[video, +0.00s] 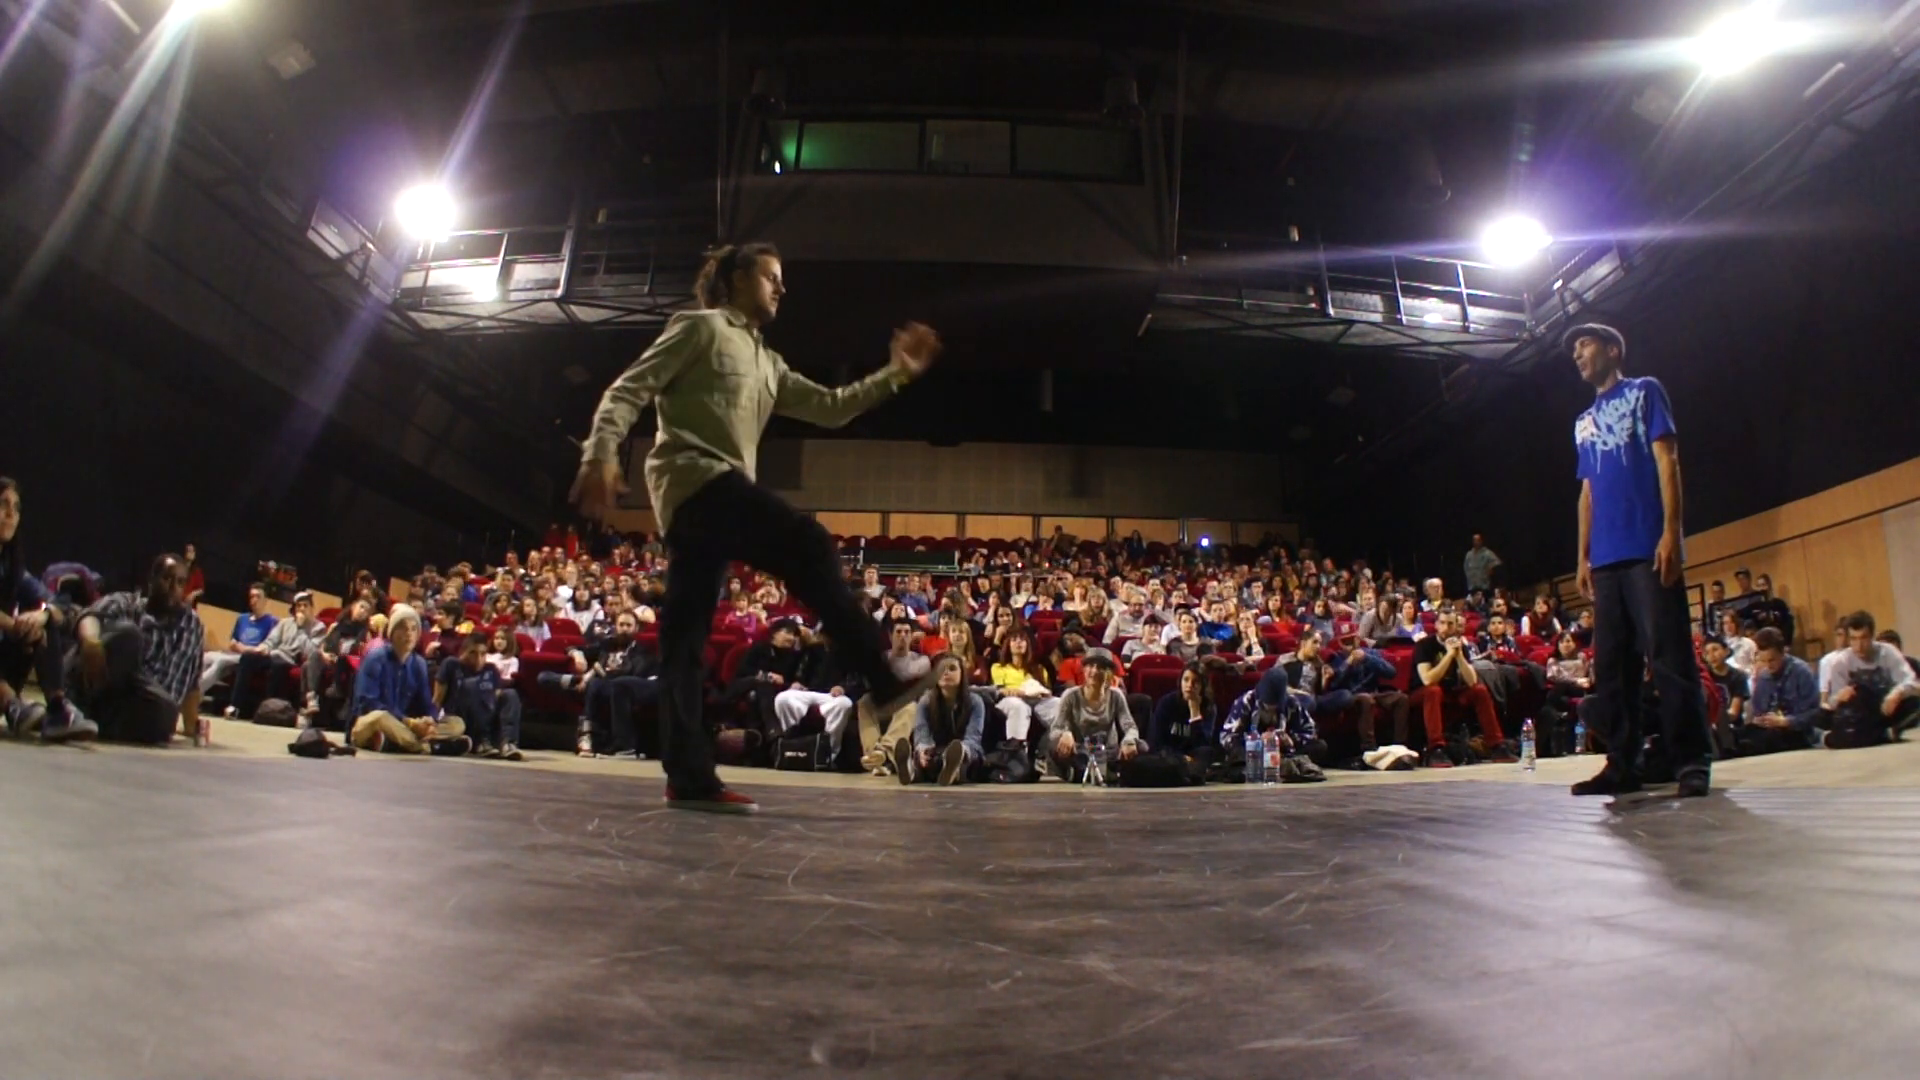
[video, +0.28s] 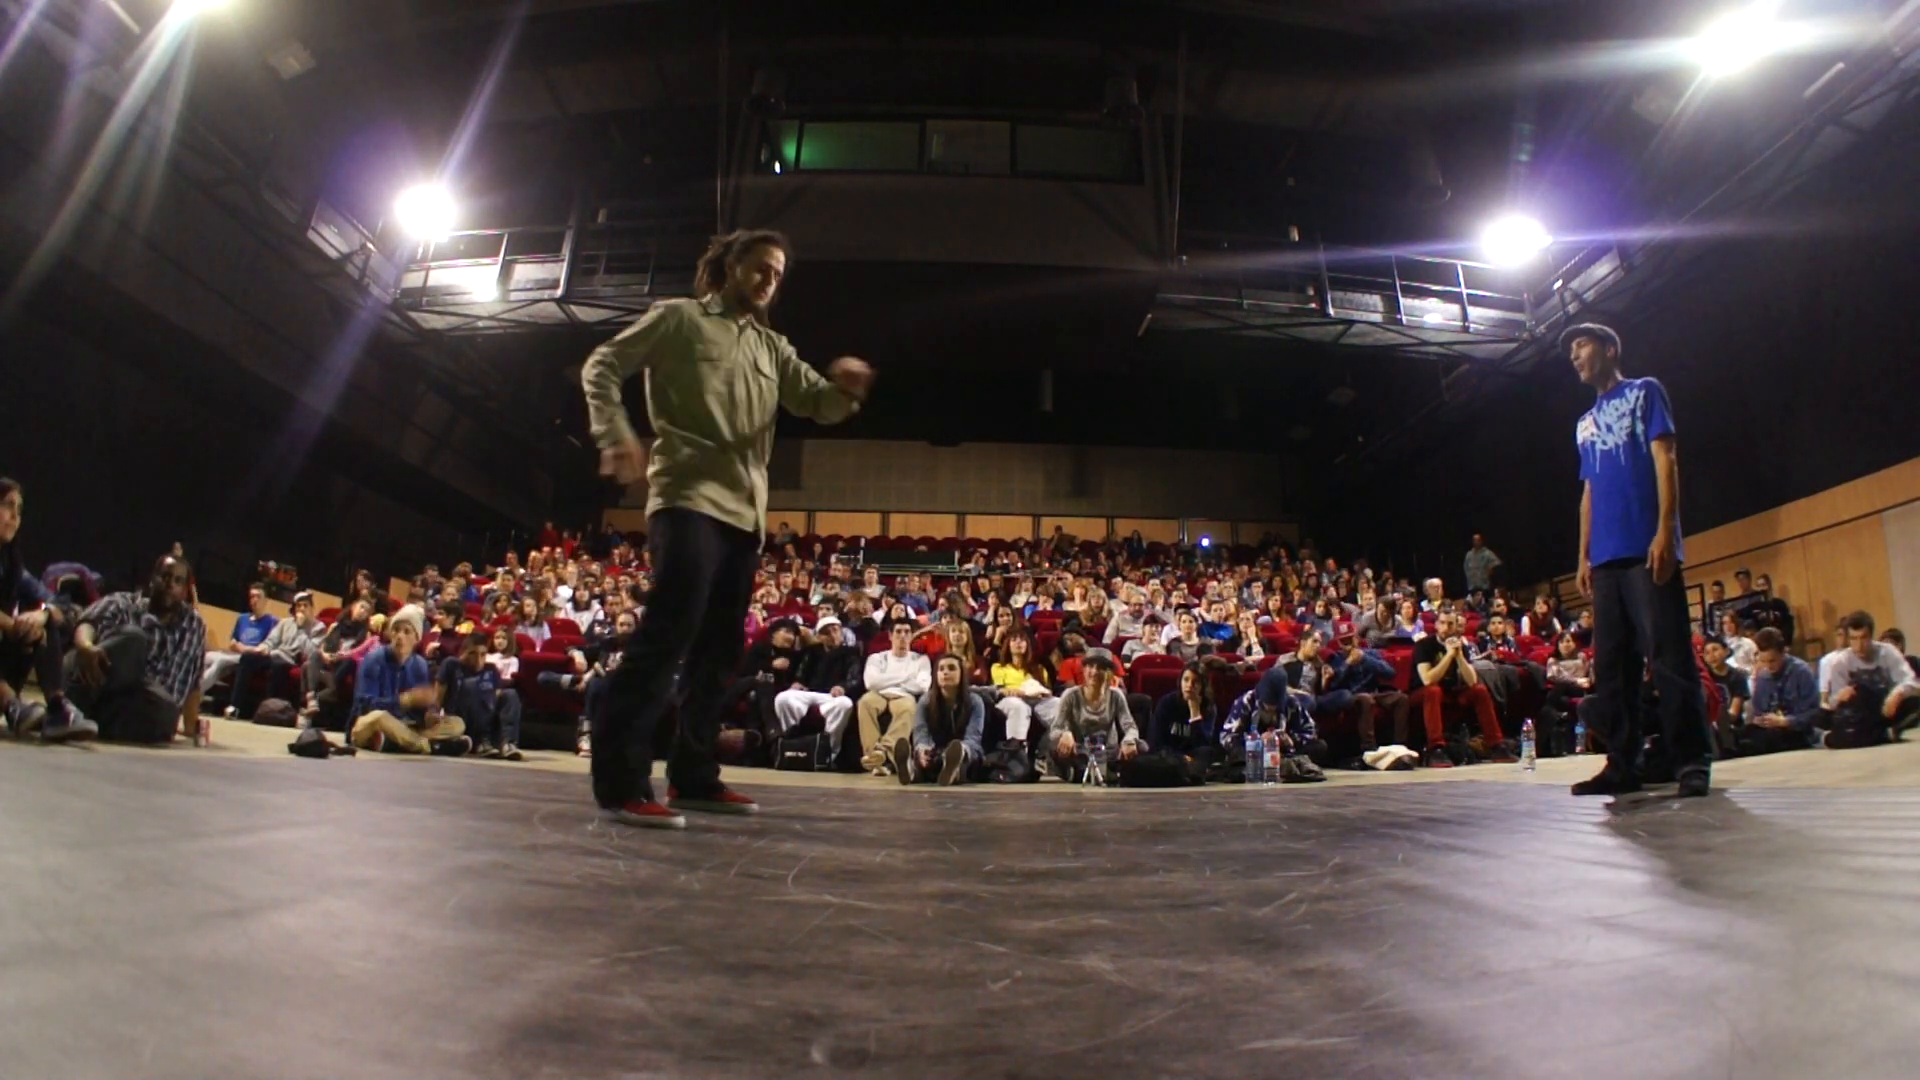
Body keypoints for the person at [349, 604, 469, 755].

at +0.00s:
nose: (409, 634)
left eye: (413, 629)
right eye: (402, 628)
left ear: (418, 634)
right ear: (391, 632)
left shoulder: (419, 664)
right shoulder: (375, 658)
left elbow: (426, 704)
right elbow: (367, 703)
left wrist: (429, 720)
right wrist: (407, 722)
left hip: (412, 724)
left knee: (457, 724)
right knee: (381, 718)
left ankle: (396, 744)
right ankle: (425, 748)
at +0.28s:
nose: (400, 637)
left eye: (407, 632)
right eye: (396, 630)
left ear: (417, 638)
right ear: (390, 634)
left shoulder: (420, 665)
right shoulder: (373, 660)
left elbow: (420, 707)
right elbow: (364, 704)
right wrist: (406, 700)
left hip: (410, 724)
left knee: (456, 724)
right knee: (379, 718)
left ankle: (393, 744)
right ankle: (428, 747)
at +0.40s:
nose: (398, 637)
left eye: (405, 633)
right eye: (394, 631)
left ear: (415, 639)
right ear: (388, 633)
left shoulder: (419, 664)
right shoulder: (372, 660)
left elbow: (426, 706)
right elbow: (367, 705)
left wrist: (428, 720)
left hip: (404, 724)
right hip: (366, 725)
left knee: (457, 724)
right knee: (380, 717)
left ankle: (393, 744)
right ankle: (428, 747)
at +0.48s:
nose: (396, 638)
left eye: (403, 633)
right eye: (392, 632)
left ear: (413, 639)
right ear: (386, 634)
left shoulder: (419, 665)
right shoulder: (369, 662)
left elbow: (427, 705)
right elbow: (370, 706)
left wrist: (426, 720)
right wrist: (393, 668)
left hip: (405, 724)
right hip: (367, 725)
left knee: (457, 724)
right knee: (380, 718)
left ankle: (393, 744)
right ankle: (428, 747)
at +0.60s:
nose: (392, 639)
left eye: (398, 634)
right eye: (388, 633)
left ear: (409, 638)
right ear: (382, 635)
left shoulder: (416, 664)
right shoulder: (367, 661)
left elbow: (428, 705)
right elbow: (369, 706)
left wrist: (425, 722)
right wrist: (390, 668)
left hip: (403, 723)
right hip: (366, 725)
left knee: (457, 724)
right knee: (380, 718)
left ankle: (393, 743)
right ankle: (428, 747)